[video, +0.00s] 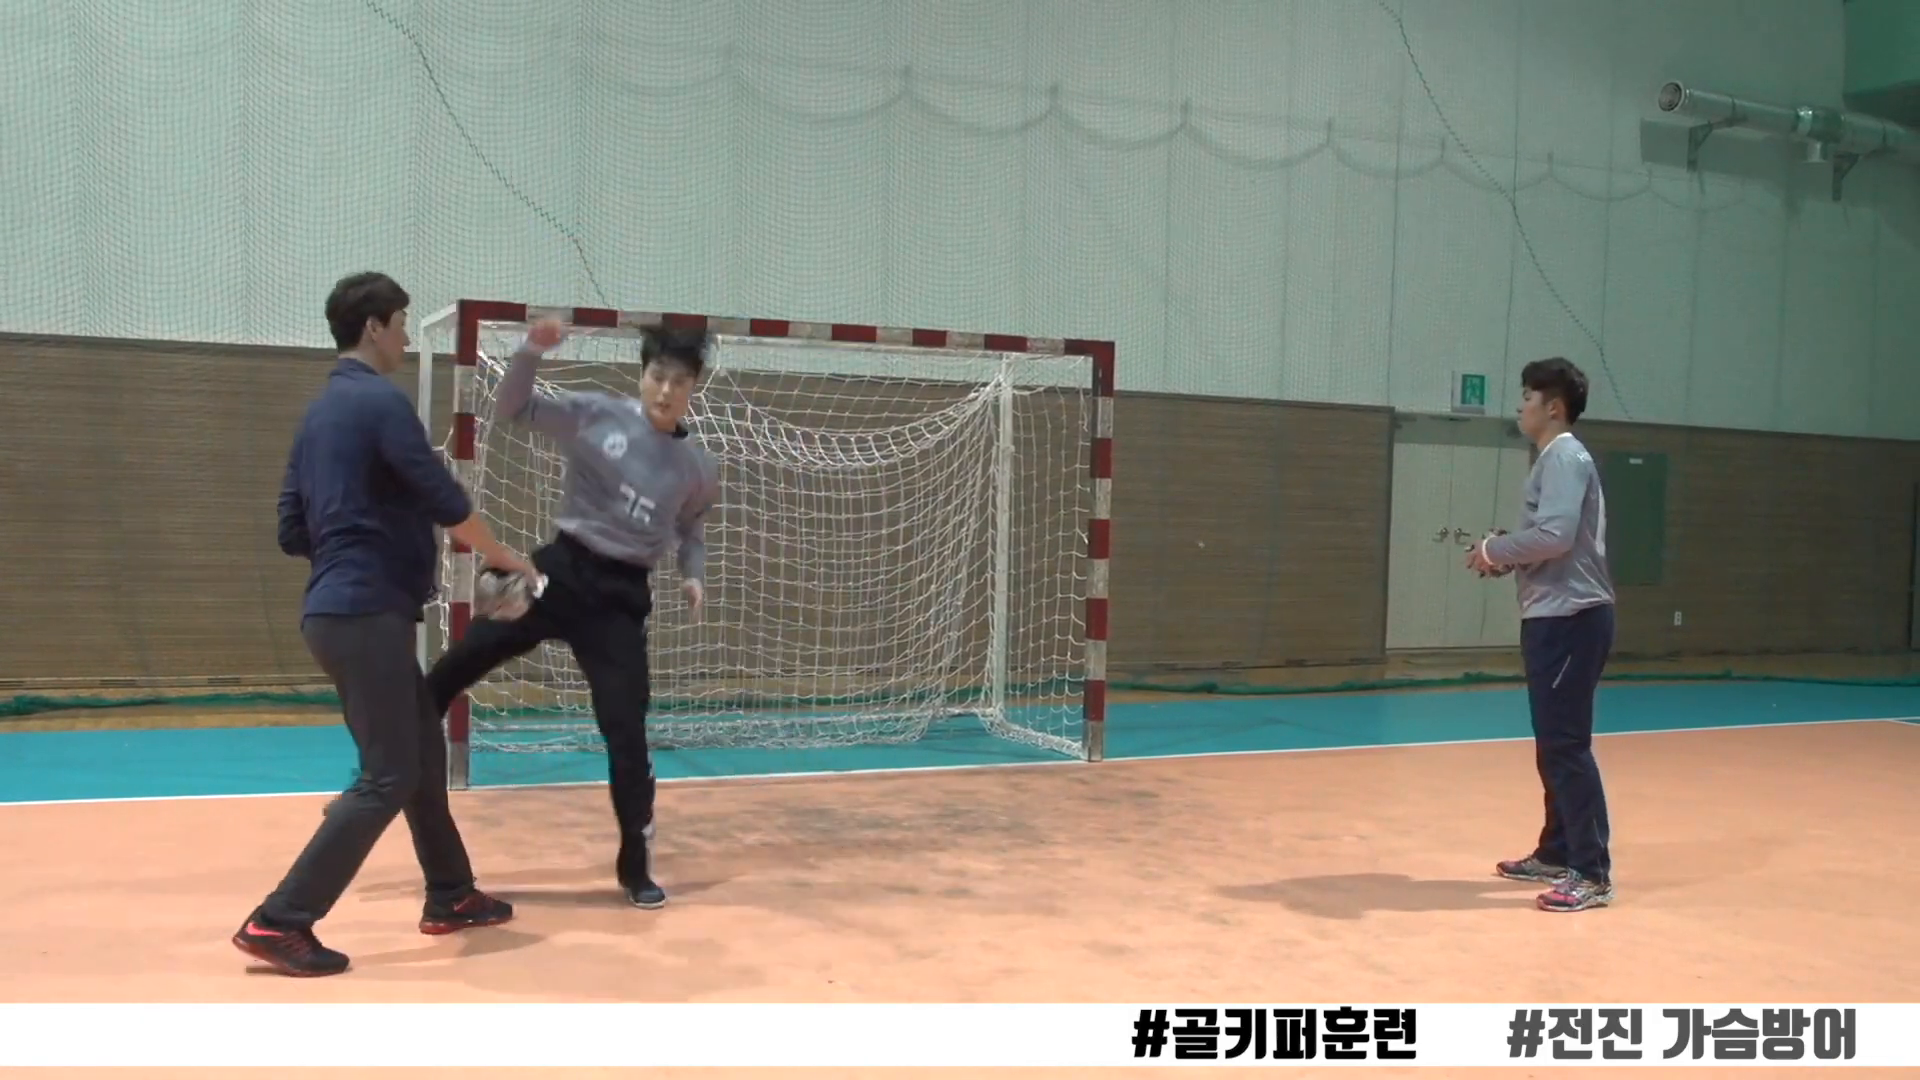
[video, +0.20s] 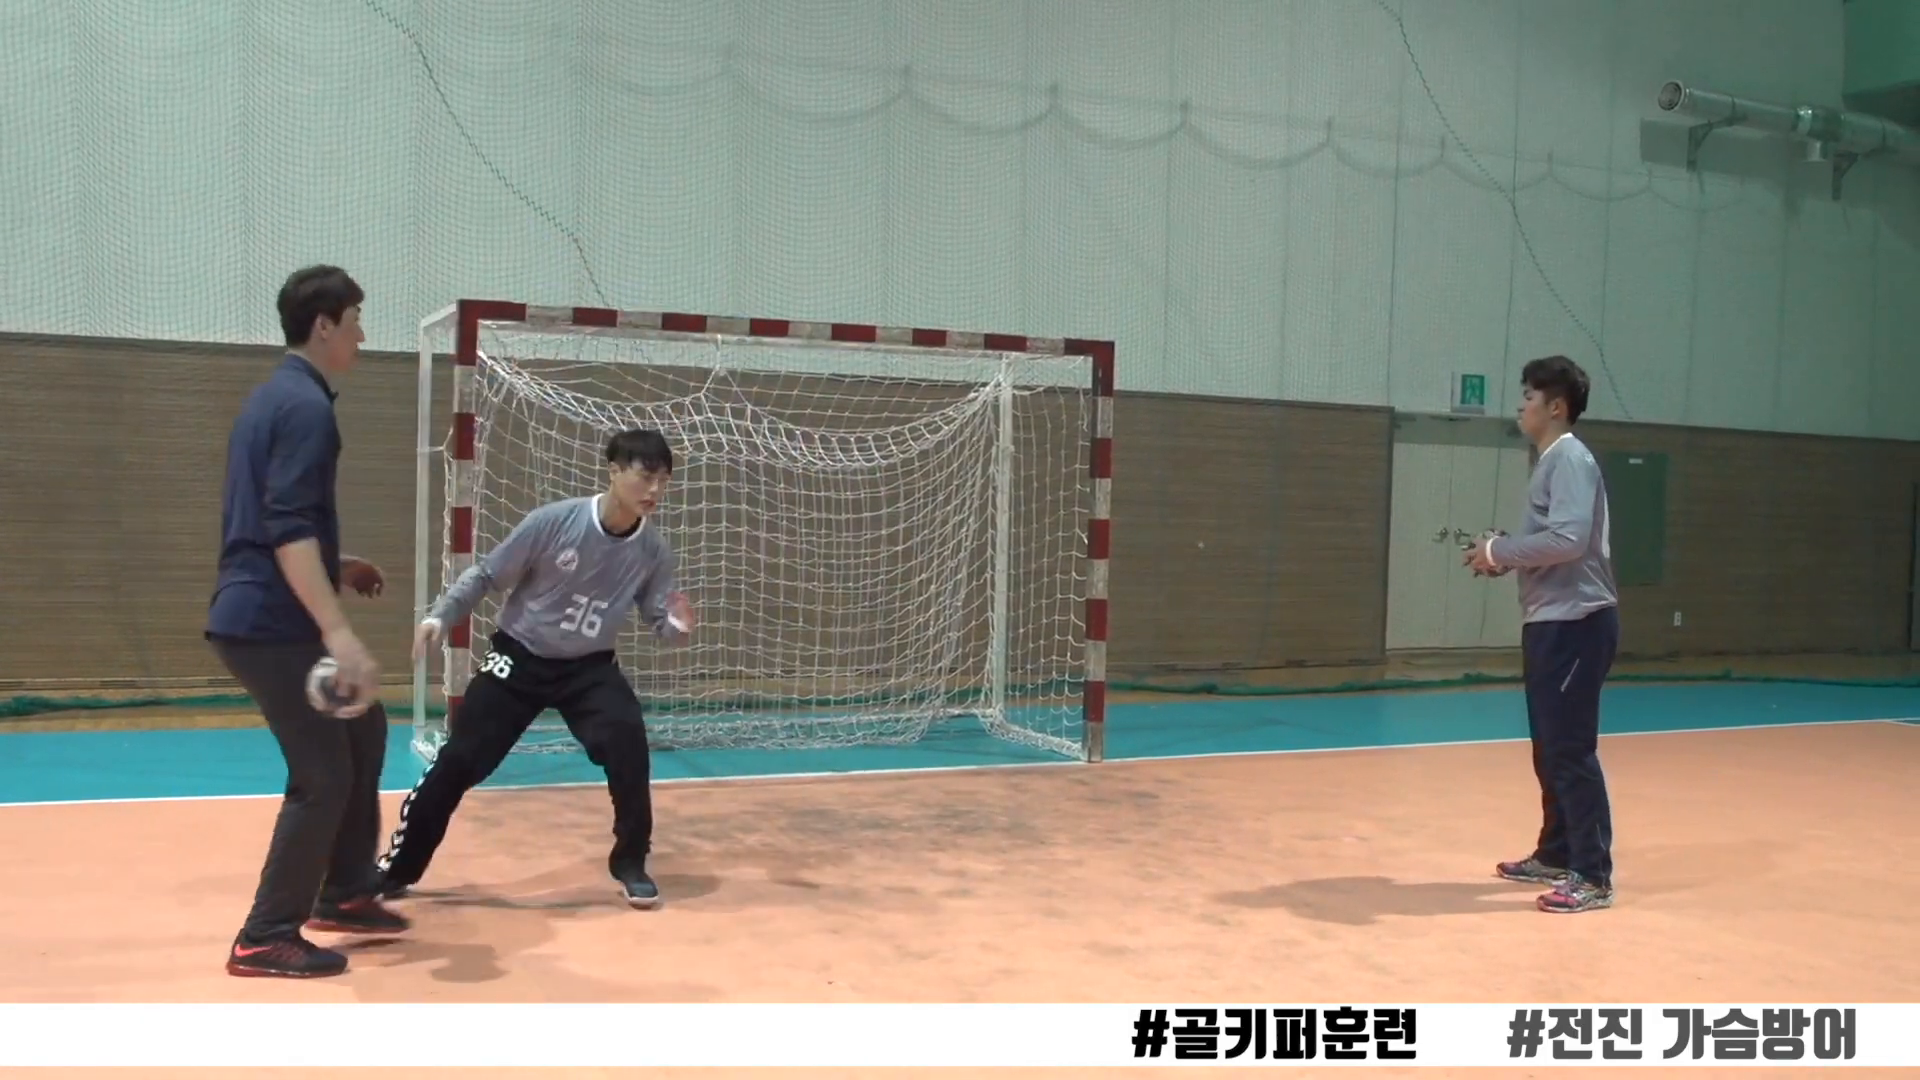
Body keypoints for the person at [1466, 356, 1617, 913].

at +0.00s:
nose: (1520, 406)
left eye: (1528, 397)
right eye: (1522, 397)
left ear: (1554, 404)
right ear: (1552, 405)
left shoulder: (1566, 455)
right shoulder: (1550, 458)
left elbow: (1557, 537)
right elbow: (1547, 535)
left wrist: (1499, 551)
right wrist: (1501, 552)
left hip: (1571, 618)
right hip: (1551, 618)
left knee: (1566, 744)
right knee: (1553, 743)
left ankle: (1592, 875)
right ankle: (1557, 855)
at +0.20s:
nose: (1521, 406)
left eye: (1529, 397)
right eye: (1523, 396)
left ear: (1557, 404)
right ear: (1550, 405)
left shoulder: (1571, 458)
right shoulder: (1549, 461)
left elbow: (1571, 541)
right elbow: (1555, 540)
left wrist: (1502, 552)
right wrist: (1504, 550)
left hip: (1576, 623)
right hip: (1549, 623)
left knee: (1570, 750)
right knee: (1550, 748)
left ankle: (1592, 877)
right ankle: (1556, 857)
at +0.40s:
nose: (1517, 406)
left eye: (1526, 397)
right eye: (1519, 397)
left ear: (1555, 404)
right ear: (1543, 406)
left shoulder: (1580, 462)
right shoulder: (1536, 469)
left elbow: (1595, 544)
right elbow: (1544, 543)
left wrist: (1512, 552)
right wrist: (1503, 551)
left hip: (1586, 625)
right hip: (1545, 625)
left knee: (1574, 750)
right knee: (1546, 748)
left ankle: (1593, 877)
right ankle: (1555, 855)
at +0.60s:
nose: (1512, 409)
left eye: (1522, 400)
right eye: (1514, 400)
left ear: (1553, 408)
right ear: (1538, 409)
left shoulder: (1585, 467)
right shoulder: (1523, 473)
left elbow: (1601, 552)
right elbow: (1520, 541)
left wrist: (1516, 556)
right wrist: (1494, 554)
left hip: (1590, 628)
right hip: (1542, 628)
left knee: (1572, 747)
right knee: (1535, 744)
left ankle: (1594, 878)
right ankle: (1556, 851)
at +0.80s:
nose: (1506, 414)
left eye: (1515, 405)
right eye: (1508, 404)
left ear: (1545, 413)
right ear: (1529, 414)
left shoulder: (1583, 474)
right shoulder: (1511, 473)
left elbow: (1616, 553)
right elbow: (1488, 541)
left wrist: (1533, 577)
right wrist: (1483, 568)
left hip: (1582, 631)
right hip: (1531, 631)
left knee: (1564, 747)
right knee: (1529, 745)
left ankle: (1593, 878)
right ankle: (1556, 853)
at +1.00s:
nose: (1495, 416)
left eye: (1502, 408)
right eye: (1497, 407)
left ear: (1530, 415)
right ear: (1522, 415)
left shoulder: (1573, 474)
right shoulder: (1501, 475)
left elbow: (1637, 526)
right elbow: (1483, 541)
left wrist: (1600, 566)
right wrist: (1460, 585)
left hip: (1566, 635)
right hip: (1516, 634)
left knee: (1557, 745)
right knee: (1507, 732)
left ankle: (1591, 877)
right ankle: (1550, 843)